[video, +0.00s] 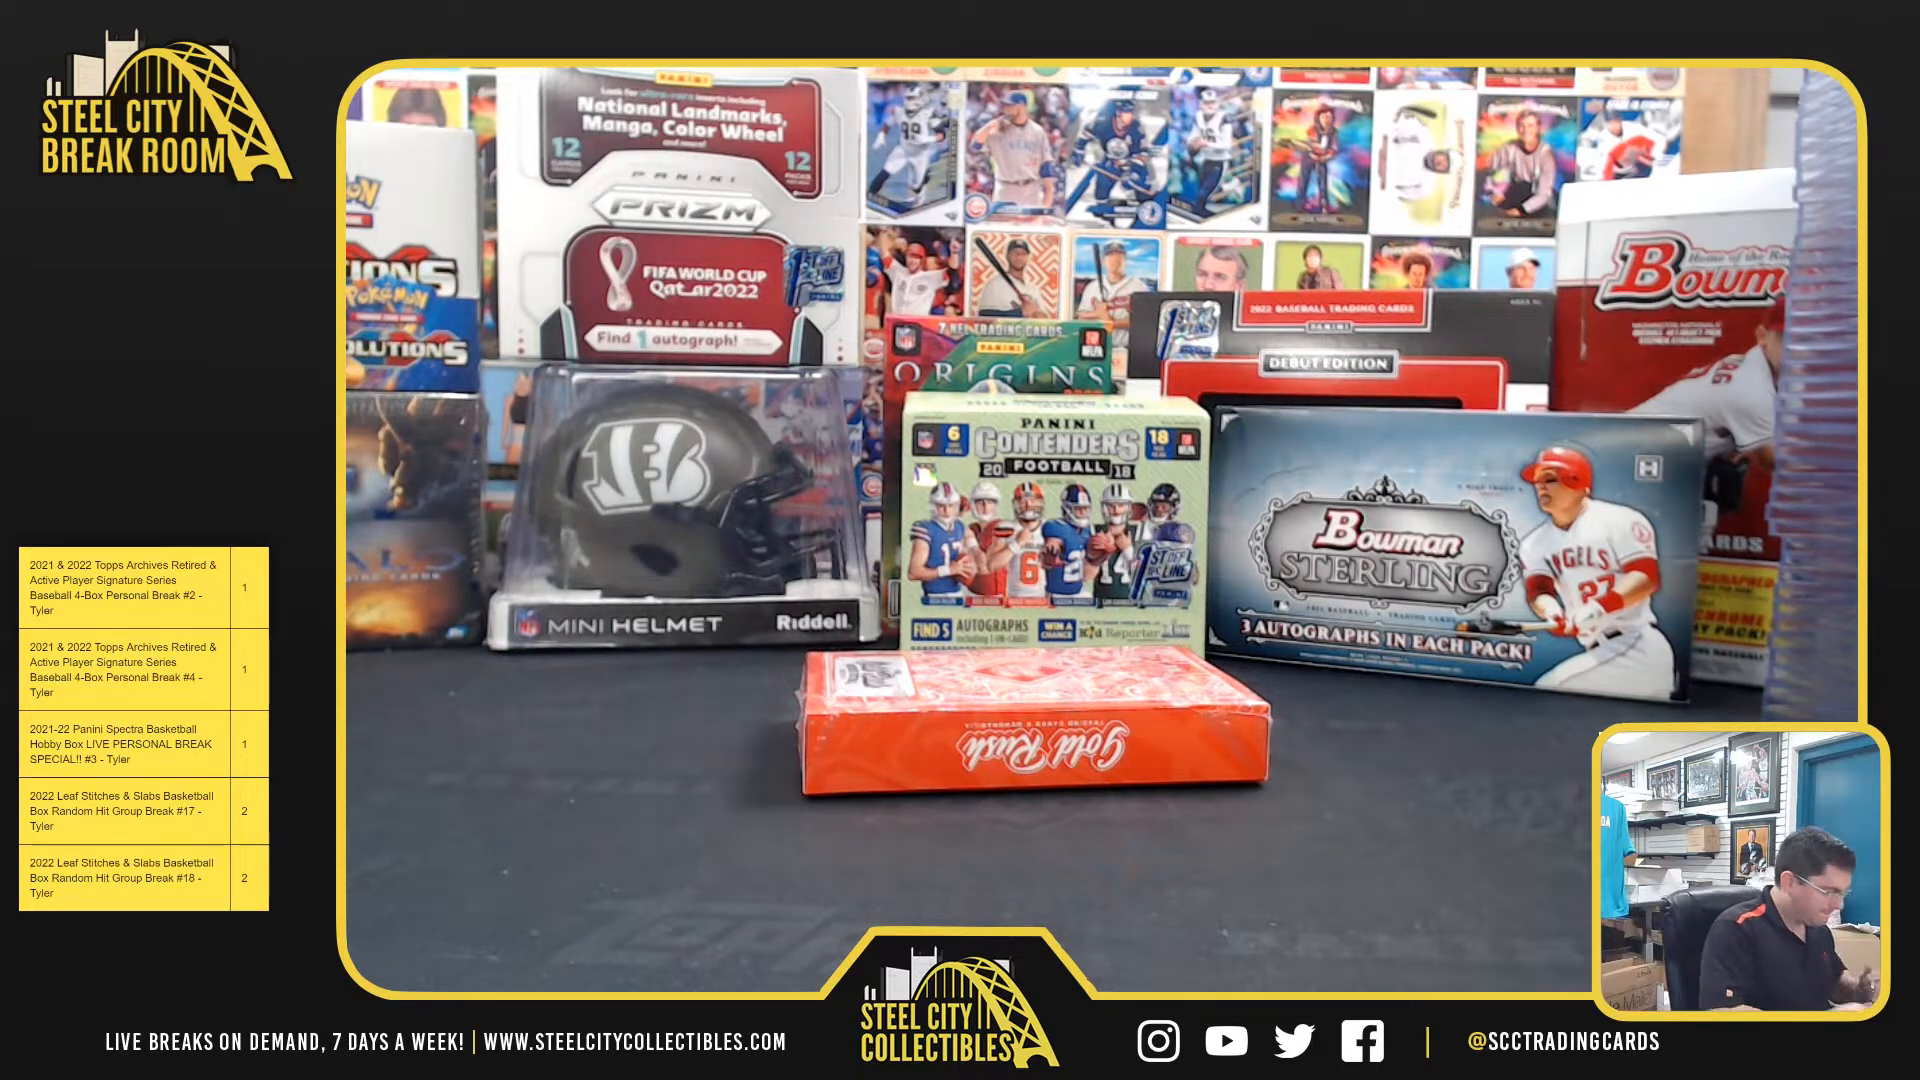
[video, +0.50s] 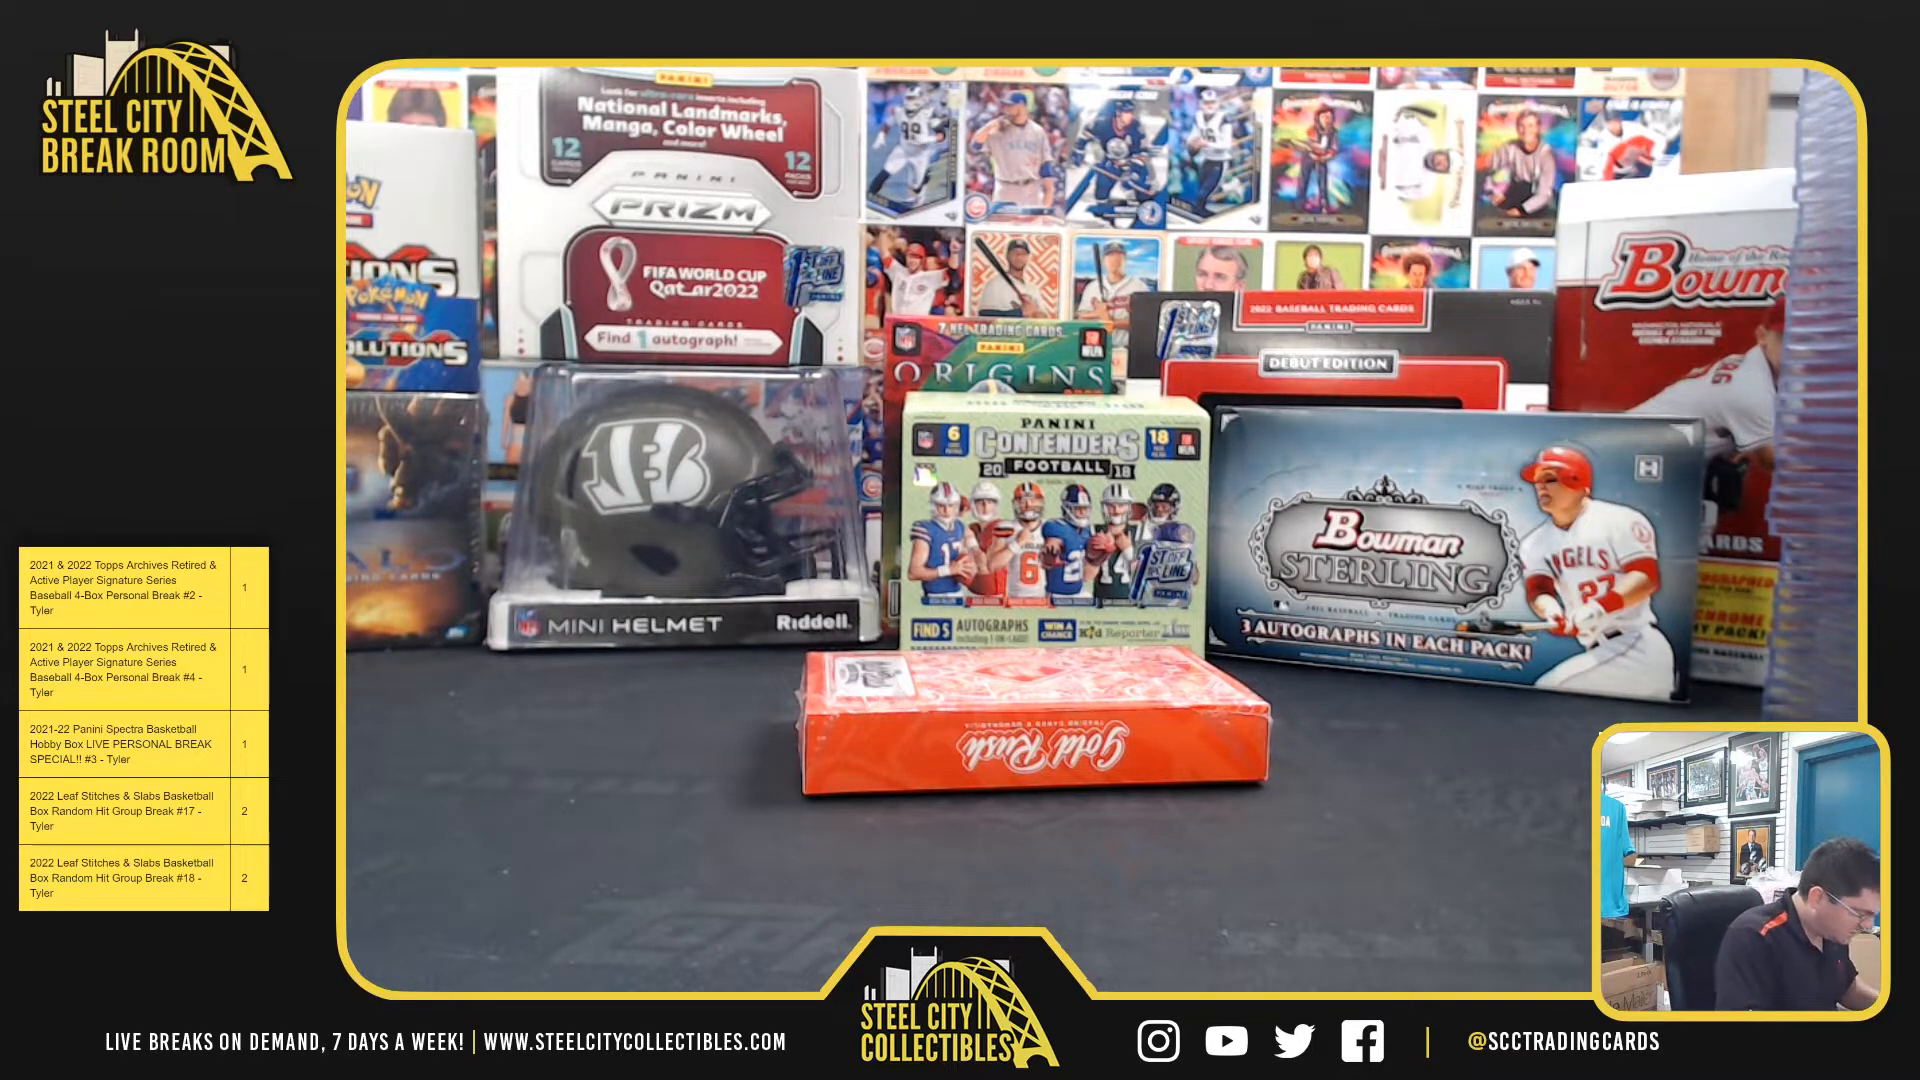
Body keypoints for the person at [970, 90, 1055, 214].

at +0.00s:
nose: (1006, 110)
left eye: (1010, 106)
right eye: (1005, 106)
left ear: (1022, 107)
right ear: (1004, 107)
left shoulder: (1038, 132)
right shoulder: (997, 129)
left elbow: (1046, 166)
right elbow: (974, 147)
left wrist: (1048, 200)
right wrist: (990, 127)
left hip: (1032, 186)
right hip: (1005, 186)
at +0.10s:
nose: (1006, 110)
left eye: (1010, 106)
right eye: (1005, 106)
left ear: (1021, 107)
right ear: (1004, 107)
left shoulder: (1038, 132)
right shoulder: (997, 129)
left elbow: (1046, 166)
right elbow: (974, 147)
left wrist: (1048, 200)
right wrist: (990, 127)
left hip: (1032, 186)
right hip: (1005, 186)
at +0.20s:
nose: (1006, 110)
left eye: (1010, 106)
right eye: (1005, 106)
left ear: (1022, 107)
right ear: (1004, 107)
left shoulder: (1038, 132)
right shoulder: (997, 129)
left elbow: (1046, 166)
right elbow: (974, 147)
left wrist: (1048, 199)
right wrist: (991, 126)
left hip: (1032, 186)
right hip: (1005, 186)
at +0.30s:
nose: (1006, 110)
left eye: (1010, 106)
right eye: (1005, 106)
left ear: (1022, 107)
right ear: (1004, 107)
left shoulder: (1038, 132)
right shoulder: (997, 129)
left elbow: (1046, 166)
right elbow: (974, 146)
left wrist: (1048, 198)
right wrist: (992, 126)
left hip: (1032, 186)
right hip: (1005, 186)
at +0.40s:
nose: (1006, 110)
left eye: (1010, 106)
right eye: (1005, 106)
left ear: (1022, 107)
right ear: (1004, 107)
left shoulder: (1038, 132)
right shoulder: (997, 129)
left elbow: (1046, 166)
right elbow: (974, 146)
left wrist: (1048, 198)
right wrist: (992, 126)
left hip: (1032, 186)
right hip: (1005, 186)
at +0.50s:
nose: (1006, 110)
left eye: (1010, 106)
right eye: (1005, 106)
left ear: (1022, 107)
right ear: (1004, 107)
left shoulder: (1038, 132)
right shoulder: (997, 129)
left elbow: (1046, 166)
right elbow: (974, 146)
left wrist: (1048, 198)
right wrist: (992, 126)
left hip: (1032, 186)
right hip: (1005, 186)